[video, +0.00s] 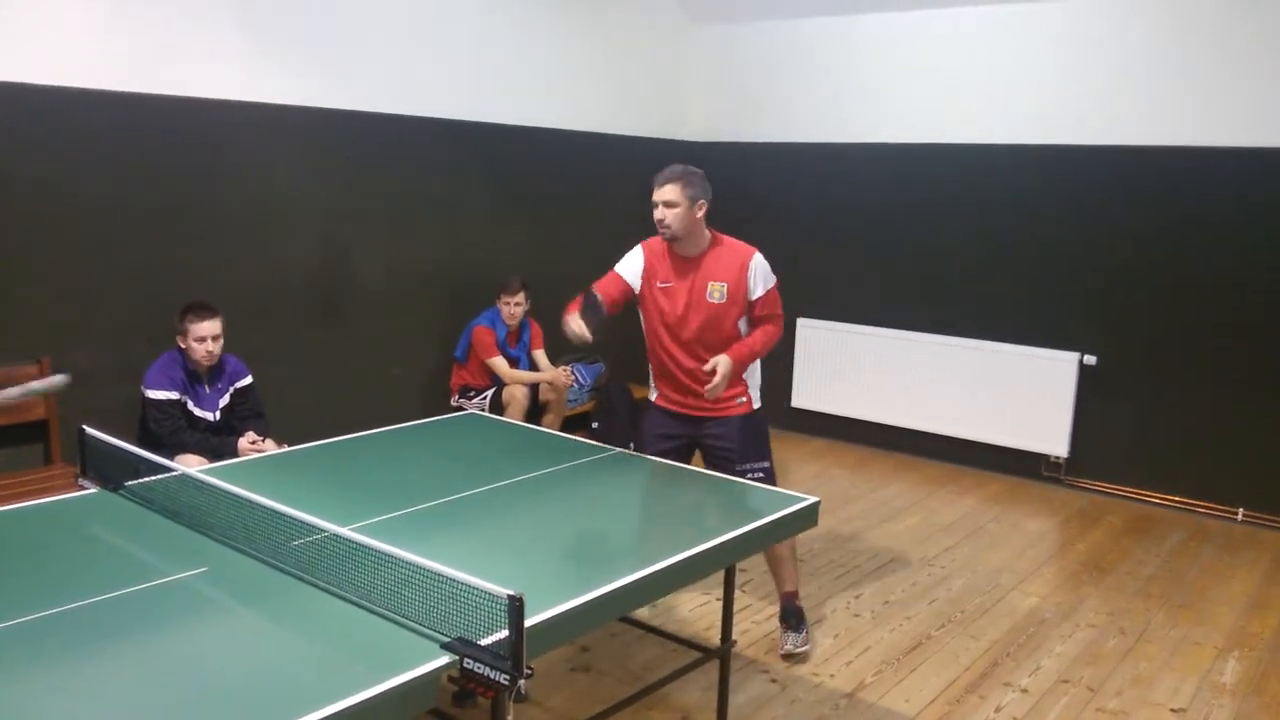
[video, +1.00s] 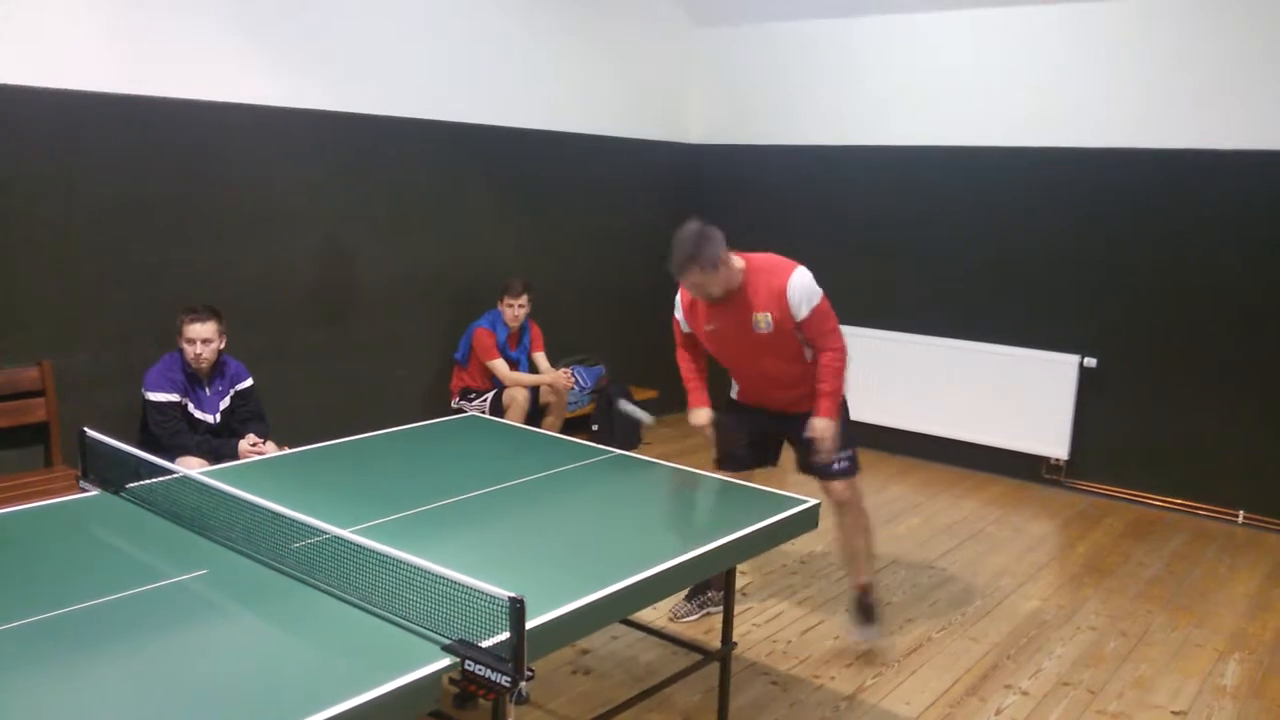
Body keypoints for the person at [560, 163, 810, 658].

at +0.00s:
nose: (658, 216)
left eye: (668, 207)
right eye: (655, 206)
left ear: (699, 209)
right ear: (656, 209)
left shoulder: (745, 261)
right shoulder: (647, 255)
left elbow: (771, 324)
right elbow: (599, 296)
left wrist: (734, 358)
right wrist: (577, 316)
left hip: (732, 412)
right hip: (667, 408)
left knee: (763, 507)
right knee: (639, 497)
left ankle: (791, 611)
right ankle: (623, 584)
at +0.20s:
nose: (665, 215)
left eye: (676, 207)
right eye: (663, 206)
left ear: (709, 210)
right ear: (664, 210)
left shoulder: (755, 263)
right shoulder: (657, 267)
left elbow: (781, 334)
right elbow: (648, 334)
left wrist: (731, 371)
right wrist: (646, 378)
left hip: (742, 417)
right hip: (677, 415)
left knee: (768, 512)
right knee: (653, 504)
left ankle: (790, 615)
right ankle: (626, 589)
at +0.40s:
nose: (688, 215)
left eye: (699, 206)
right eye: (686, 206)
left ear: (733, 211)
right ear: (688, 211)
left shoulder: (776, 270)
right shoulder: (688, 267)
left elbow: (791, 350)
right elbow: (691, 334)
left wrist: (726, 385)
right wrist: (692, 375)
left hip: (775, 426)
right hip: (716, 420)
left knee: (785, 522)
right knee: (690, 509)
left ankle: (794, 617)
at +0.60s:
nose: (701, 204)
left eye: (712, 195)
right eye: (699, 195)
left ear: (746, 199)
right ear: (702, 200)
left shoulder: (789, 259)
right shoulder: (702, 256)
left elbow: (806, 337)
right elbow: (701, 322)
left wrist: (745, 373)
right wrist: (705, 361)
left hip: (792, 418)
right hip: (733, 409)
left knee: (794, 519)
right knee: (716, 500)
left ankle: (799, 616)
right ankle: (718, 580)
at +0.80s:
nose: (698, 227)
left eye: (709, 217)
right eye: (696, 217)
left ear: (743, 216)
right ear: (698, 218)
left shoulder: (794, 267)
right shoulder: (701, 271)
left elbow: (824, 343)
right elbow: (697, 336)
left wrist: (769, 394)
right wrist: (707, 385)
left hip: (800, 416)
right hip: (738, 411)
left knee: (801, 517)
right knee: (712, 499)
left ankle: (814, 615)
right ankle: (719, 579)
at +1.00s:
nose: (696, 294)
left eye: (700, 284)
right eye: (689, 286)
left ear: (723, 263)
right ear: (682, 275)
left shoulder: (788, 281)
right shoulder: (689, 300)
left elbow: (831, 345)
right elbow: (687, 348)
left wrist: (826, 413)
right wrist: (698, 402)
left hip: (810, 402)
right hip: (748, 402)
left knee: (844, 493)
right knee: (724, 490)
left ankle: (863, 593)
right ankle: (714, 584)